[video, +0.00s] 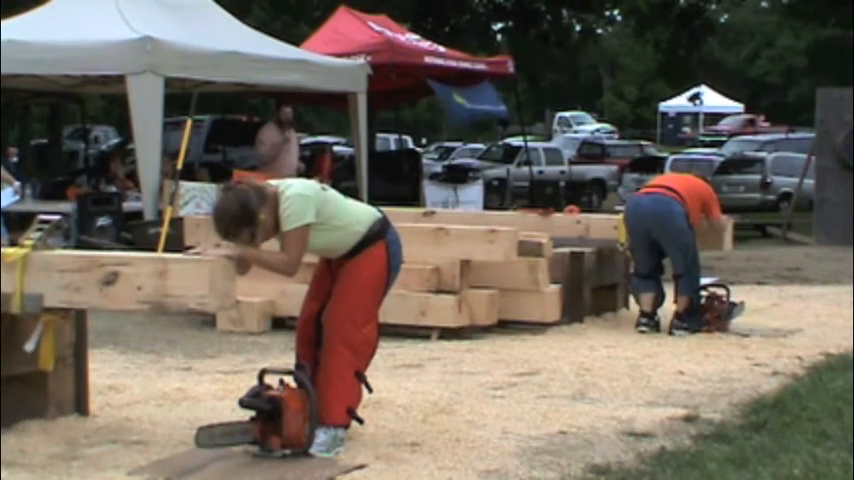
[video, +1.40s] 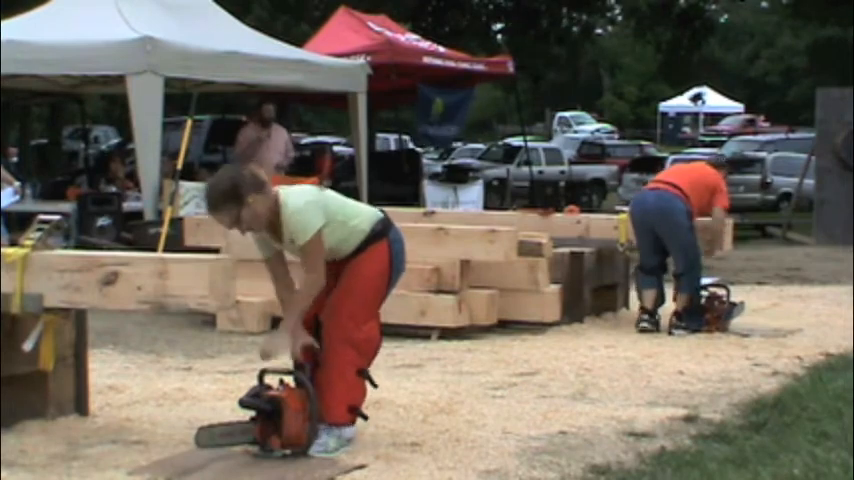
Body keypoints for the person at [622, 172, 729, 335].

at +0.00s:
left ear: (688, 175)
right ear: (707, 183)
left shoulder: (670, 178)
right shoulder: (705, 189)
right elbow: (716, 222)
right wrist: (725, 222)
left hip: (635, 205)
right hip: (668, 207)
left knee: (645, 270)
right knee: (686, 268)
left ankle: (646, 316)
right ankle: (682, 318)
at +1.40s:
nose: (724, 178)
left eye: (725, 175)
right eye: (725, 175)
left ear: (707, 164)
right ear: (721, 171)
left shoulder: (682, 168)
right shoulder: (717, 180)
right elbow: (718, 218)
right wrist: (713, 247)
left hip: (641, 200)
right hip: (671, 203)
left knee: (649, 264)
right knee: (688, 264)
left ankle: (646, 314)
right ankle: (680, 316)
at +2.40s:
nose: (718, 148)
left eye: (720, 142)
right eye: (719, 142)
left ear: (700, 132)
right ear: (712, 140)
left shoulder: (682, 142)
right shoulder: (694, 158)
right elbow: (682, 195)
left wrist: (698, 194)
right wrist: (698, 218)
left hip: (644, 199)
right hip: (657, 206)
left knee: (661, 261)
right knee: (671, 264)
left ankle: (661, 314)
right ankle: (664, 318)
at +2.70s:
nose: (716, 140)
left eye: (717, 135)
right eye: (716, 135)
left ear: (696, 126)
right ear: (709, 132)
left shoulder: (678, 137)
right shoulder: (694, 149)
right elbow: (686, 182)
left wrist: (699, 189)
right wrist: (698, 205)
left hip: (646, 197)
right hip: (662, 204)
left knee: (663, 261)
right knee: (675, 262)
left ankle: (662, 314)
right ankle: (665, 319)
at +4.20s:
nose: (730, 220)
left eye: (734, 218)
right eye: (733, 215)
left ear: (726, 202)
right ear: (727, 204)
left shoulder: (708, 199)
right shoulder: (708, 207)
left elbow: (697, 249)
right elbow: (692, 252)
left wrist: (707, 279)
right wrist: (694, 294)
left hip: (638, 200)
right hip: (648, 206)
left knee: (654, 266)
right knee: (669, 266)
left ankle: (646, 314)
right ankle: (666, 321)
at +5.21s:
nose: (737, 235)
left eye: (742, 234)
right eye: (741, 232)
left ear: (738, 217)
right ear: (740, 219)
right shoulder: (722, 213)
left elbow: (699, 252)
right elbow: (705, 262)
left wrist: (707, 290)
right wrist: (707, 308)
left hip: (645, 200)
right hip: (660, 207)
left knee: (657, 264)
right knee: (680, 267)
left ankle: (647, 313)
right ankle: (679, 321)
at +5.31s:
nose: (739, 234)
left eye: (743, 233)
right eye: (742, 231)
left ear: (738, 217)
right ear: (740, 219)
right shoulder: (721, 214)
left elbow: (701, 254)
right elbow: (706, 262)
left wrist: (708, 291)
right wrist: (708, 307)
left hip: (646, 200)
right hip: (659, 207)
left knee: (657, 264)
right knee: (680, 266)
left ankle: (647, 313)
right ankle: (679, 321)